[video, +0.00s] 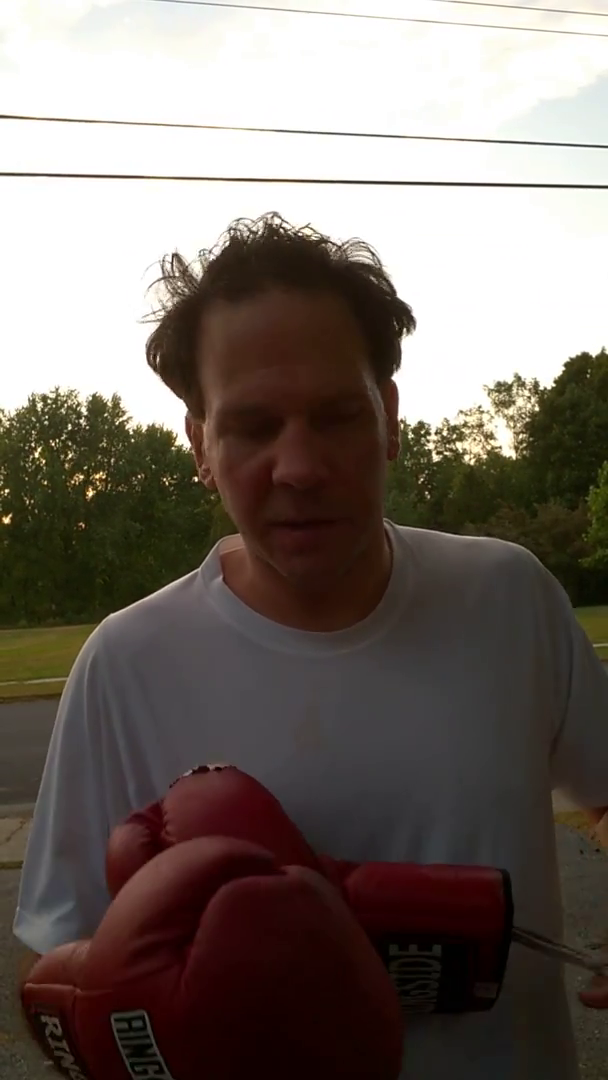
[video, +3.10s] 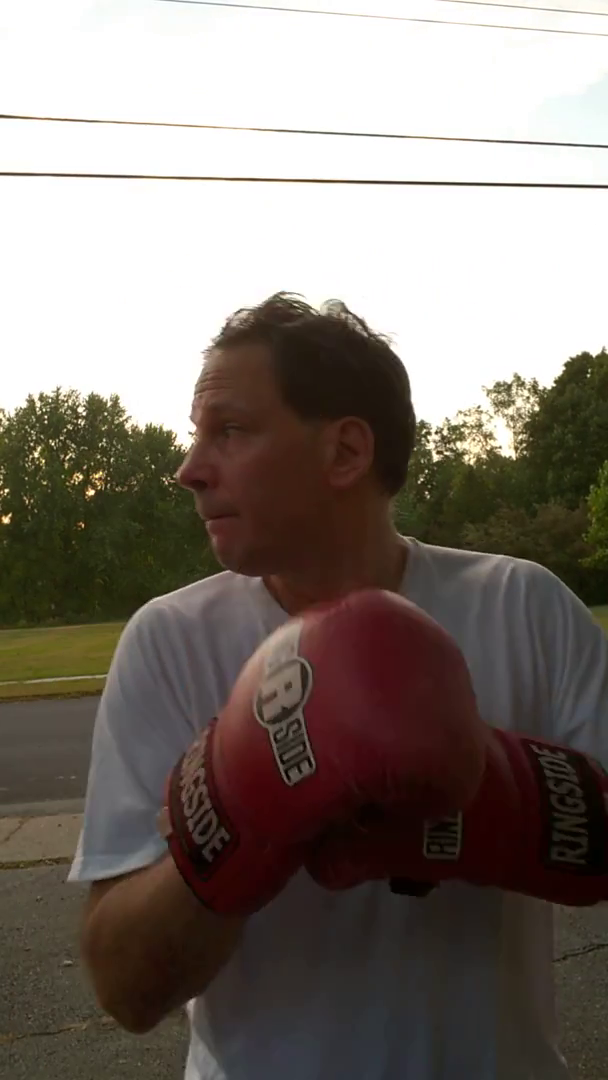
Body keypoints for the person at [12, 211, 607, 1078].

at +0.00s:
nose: (300, 467)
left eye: (336, 418)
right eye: (255, 426)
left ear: (389, 423)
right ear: (201, 450)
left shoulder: (512, 600)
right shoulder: (125, 666)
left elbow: (605, 791)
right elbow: (53, 945)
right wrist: (111, 969)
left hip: (518, 1064)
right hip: (247, 1070)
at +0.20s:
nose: (389, 543)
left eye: (417, 489)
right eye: (339, 499)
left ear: (437, 446)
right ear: (231, 464)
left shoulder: (503, 601)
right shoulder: (126, 667)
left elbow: (601, 790)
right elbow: (43, 977)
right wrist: (75, 927)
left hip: (524, 1064)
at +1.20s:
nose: (304, 468)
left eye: (340, 415)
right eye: (260, 430)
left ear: (400, 418)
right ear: (219, 451)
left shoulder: (514, 606)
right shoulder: (138, 652)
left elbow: (596, 807)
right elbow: (47, 975)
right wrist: (99, 901)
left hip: (514, 1064)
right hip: (253, 1066)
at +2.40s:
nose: (237, 445)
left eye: (279, 396)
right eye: (206, 412)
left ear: (364, 421)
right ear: (188, 447)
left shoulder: (491, 601)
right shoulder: (116, 641)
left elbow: (607, 842)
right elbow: (81, 1036)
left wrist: (495, 818)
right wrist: (145, 865)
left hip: (486, 1061)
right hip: (228, 1069)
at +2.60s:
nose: (144, 451)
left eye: (186, 403)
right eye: (140, 416)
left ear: (314, 419)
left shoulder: (484, 597)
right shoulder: (104, 641)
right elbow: (91, 1038)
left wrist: (503, 813)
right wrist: (163, 868)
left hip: (469, 1060)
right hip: (215, 1068)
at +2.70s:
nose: (111, 456)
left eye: (154, 404)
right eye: (117, 415)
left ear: (283, 426)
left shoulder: (477, 599)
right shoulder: (94, 645)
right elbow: (78, 1043)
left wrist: (477, 816)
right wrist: (159, 834)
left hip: (460, 1062)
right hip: (210, 1068)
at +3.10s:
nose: (190, 470)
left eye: (229, 431)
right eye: (198, 435)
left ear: (346, 451)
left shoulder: (525, 610)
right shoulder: (166, 643)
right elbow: (129, 989)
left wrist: (487, 805)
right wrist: (247, 813)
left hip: (498, 1059)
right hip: (251, 1066)